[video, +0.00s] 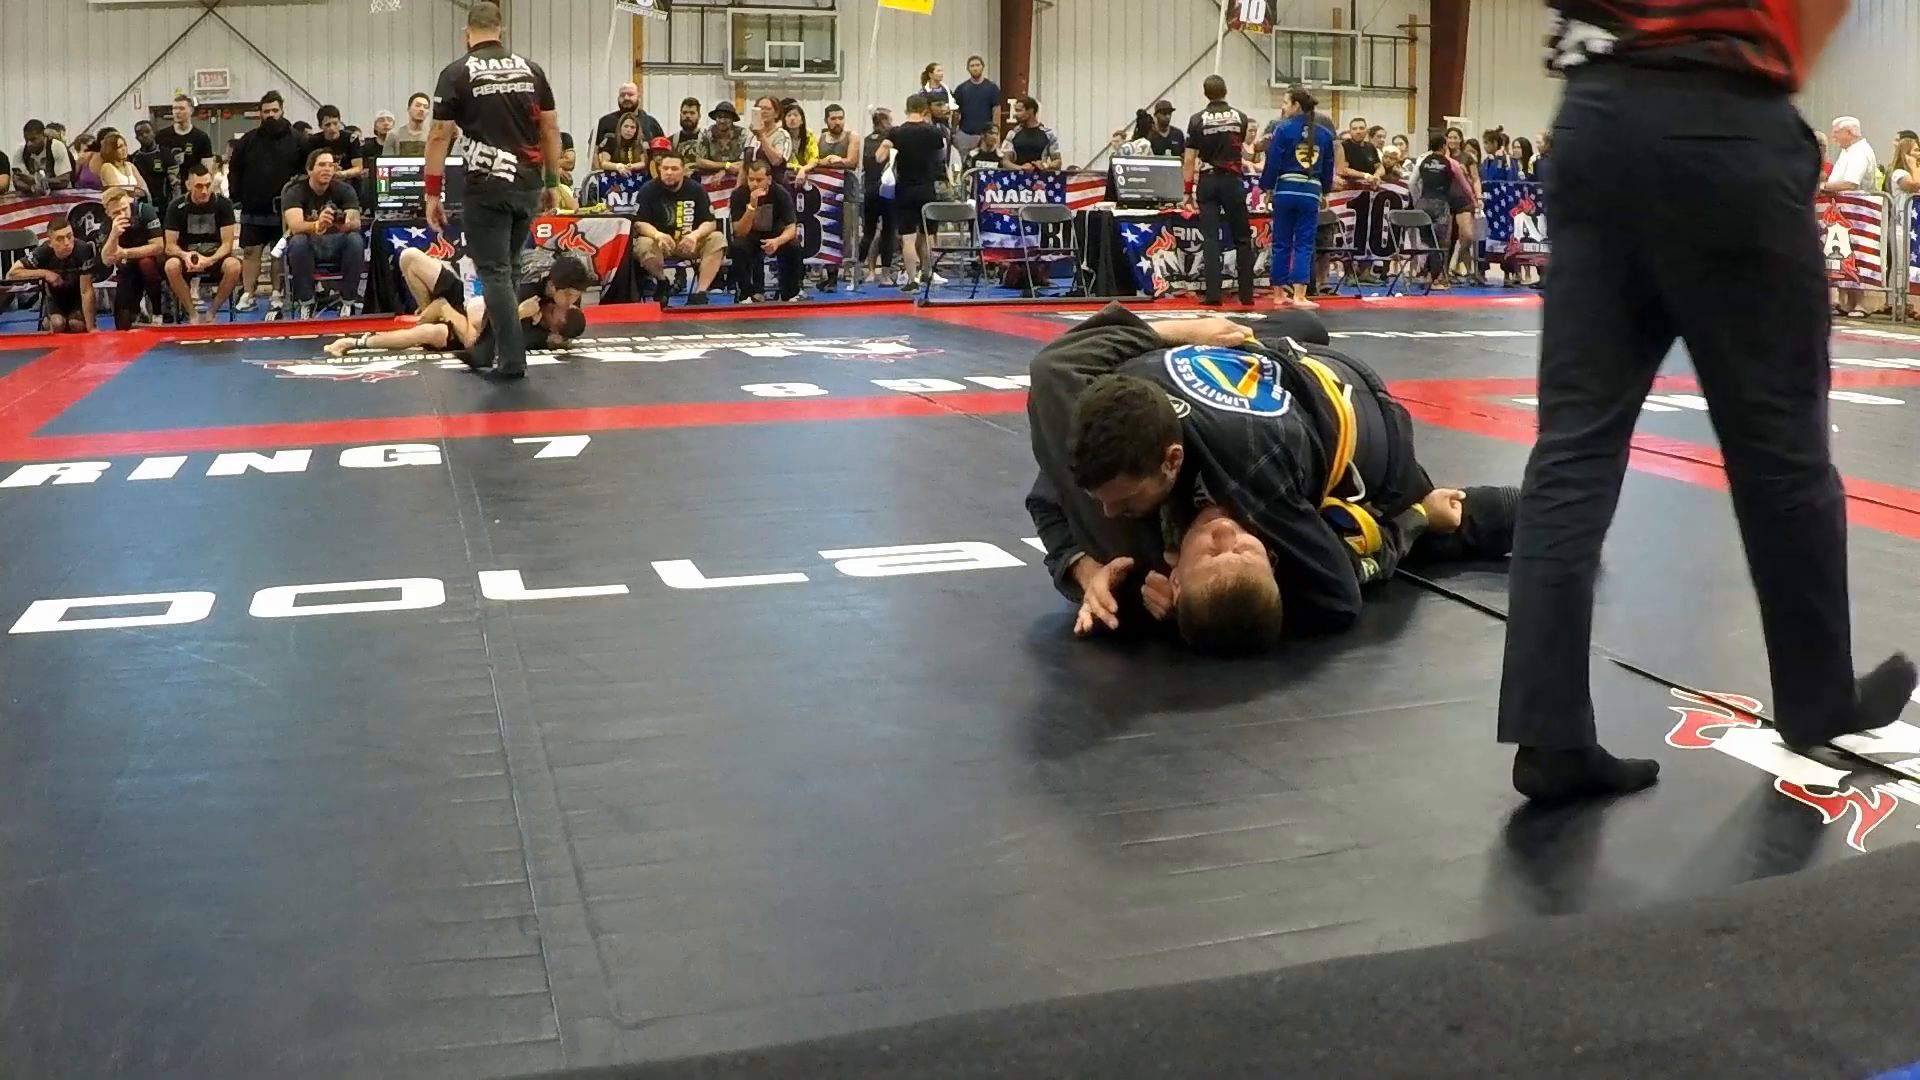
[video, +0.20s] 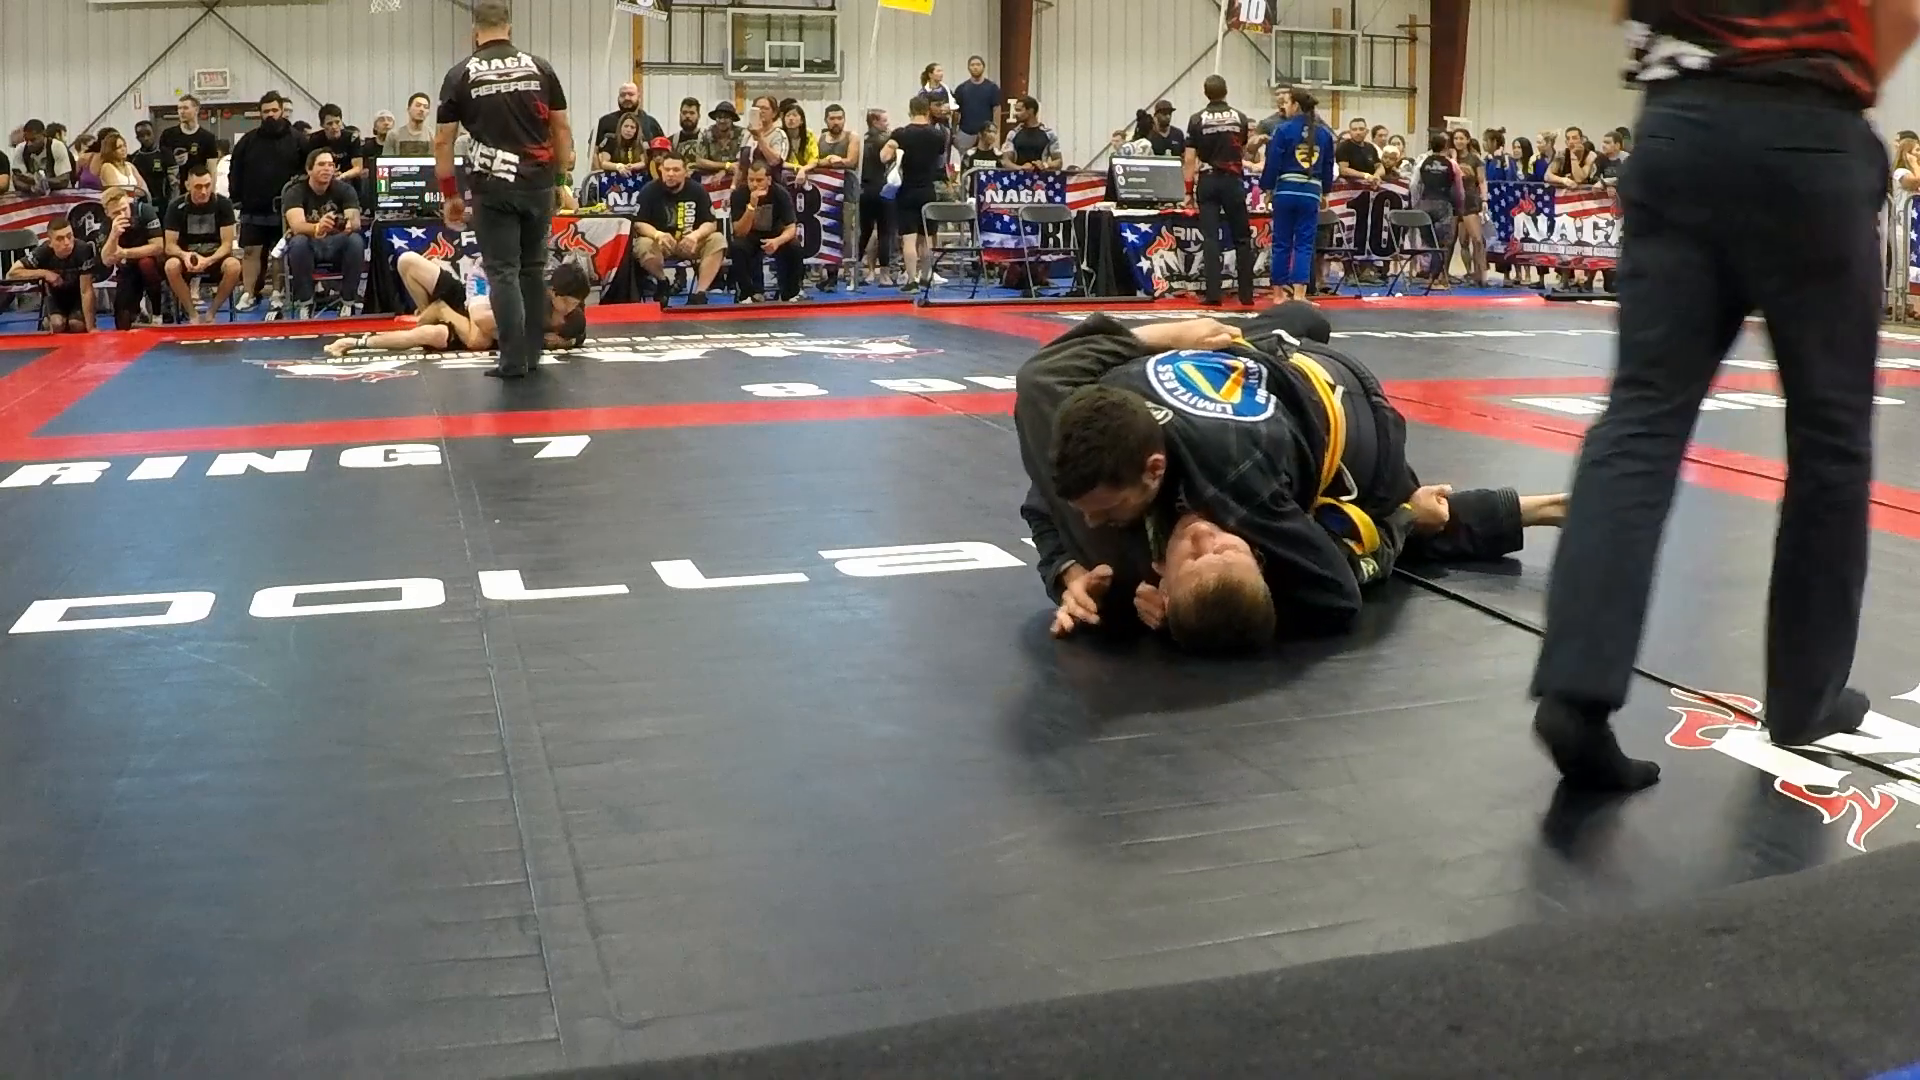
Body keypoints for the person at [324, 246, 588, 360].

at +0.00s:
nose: (575, 302)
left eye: (579, 297)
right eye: (571, 295)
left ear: (580, 292)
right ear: (553, 287)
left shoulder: (564, 315)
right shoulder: (530, 292)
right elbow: (485, 317)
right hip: (473, 302)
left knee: (432, 333)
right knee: (409, 257)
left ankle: (356, 343)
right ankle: (428, 319)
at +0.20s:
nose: (560, 314)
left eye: (567, 310)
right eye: (561, 305)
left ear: (574, 306)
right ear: (553, 292)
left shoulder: (557, 327)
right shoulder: (530, 295)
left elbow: (481, 343)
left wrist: (449, 311)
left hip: (472, 332)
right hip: (468, 299)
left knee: (432, 335)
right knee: (407, 261)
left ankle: (357, 344)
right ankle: (426, 318)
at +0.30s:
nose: (555, 291)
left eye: (562, 287)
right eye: (556, 283)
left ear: (570, 292)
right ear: (555, 282)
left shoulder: (571, 321)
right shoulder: (543, 292)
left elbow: (483, 341)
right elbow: (483, 311)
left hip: (472, 335)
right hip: (470, 306)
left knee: (432, 335)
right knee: (407, 261)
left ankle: (357, 344)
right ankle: (428, 322)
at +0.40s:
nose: (563, 318)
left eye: (568, 314)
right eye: (562, 310)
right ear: (550, 300)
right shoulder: (532, 301)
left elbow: (477, 340)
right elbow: (478, 319)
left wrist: (448, 313)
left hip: (467, 334)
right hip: (465, 302)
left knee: (429, 334)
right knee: (407, 261)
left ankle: (354, 344)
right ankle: (426, 319)